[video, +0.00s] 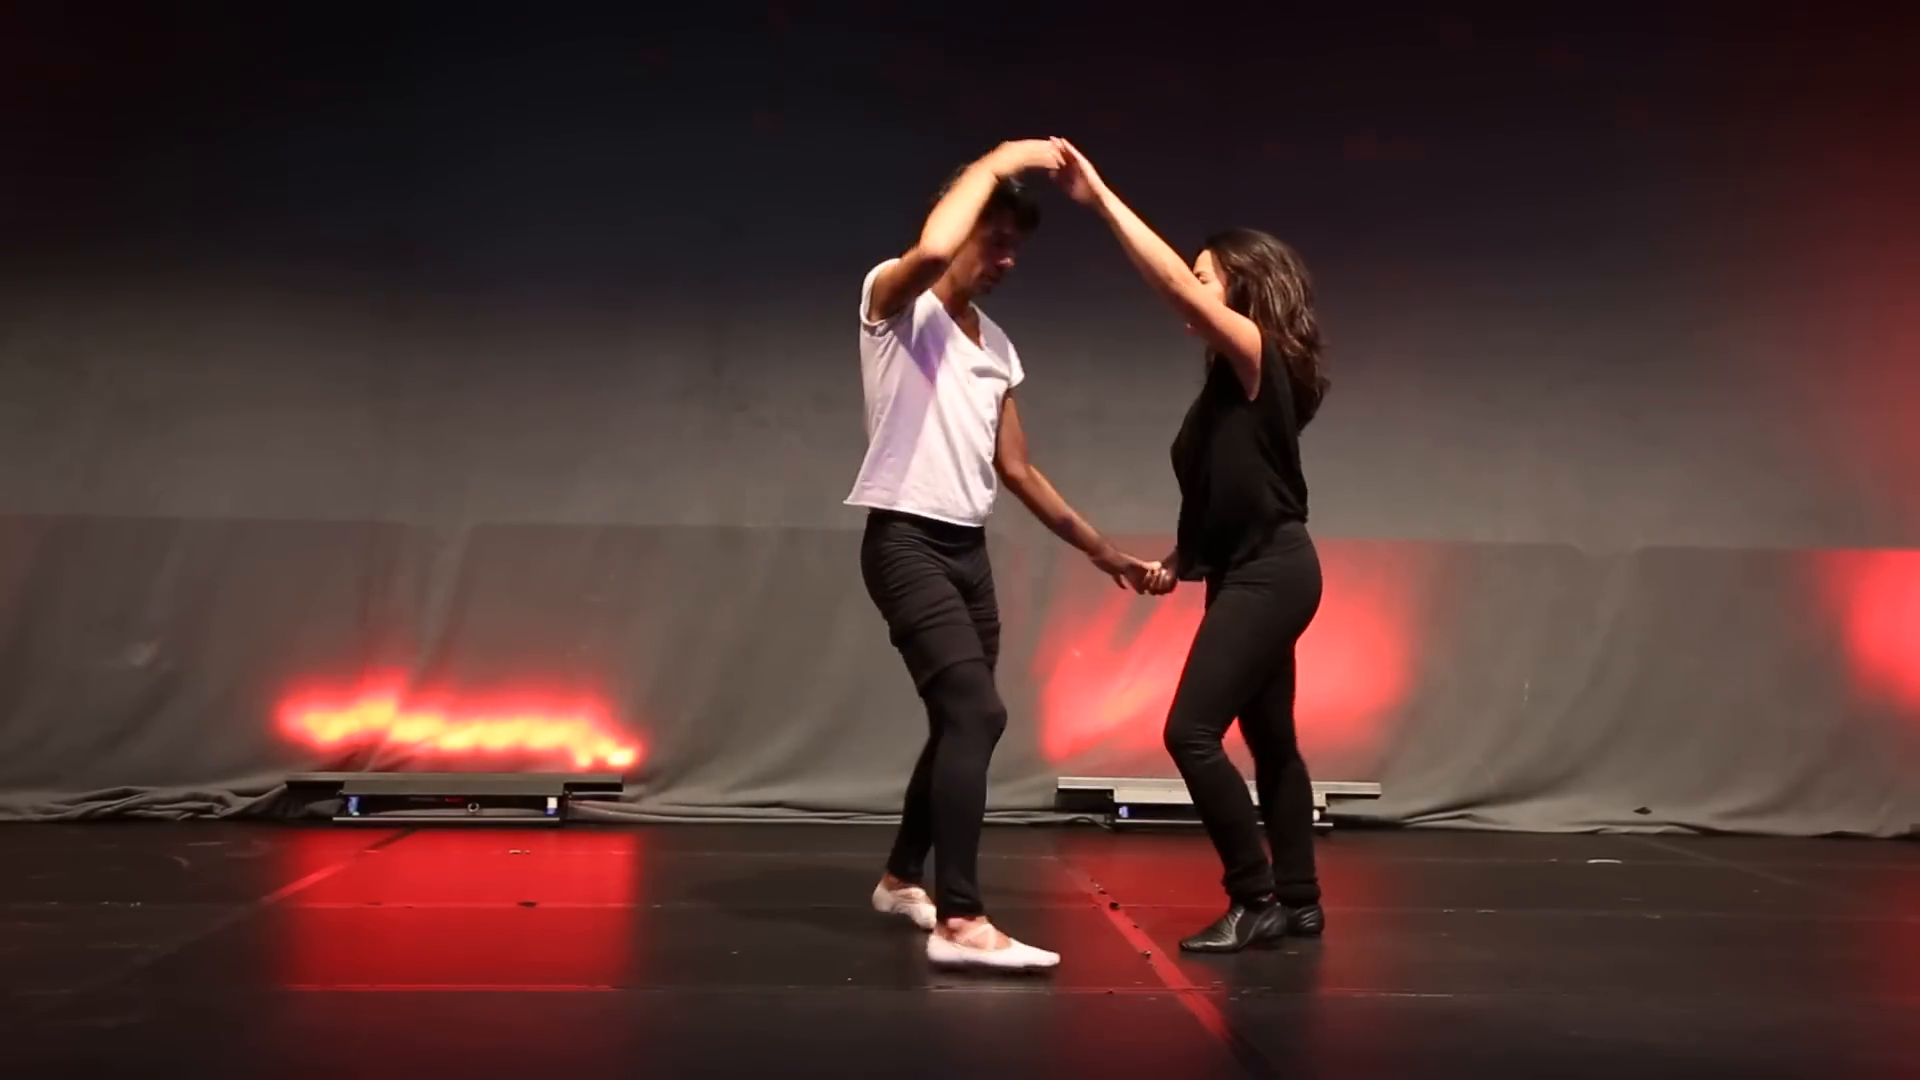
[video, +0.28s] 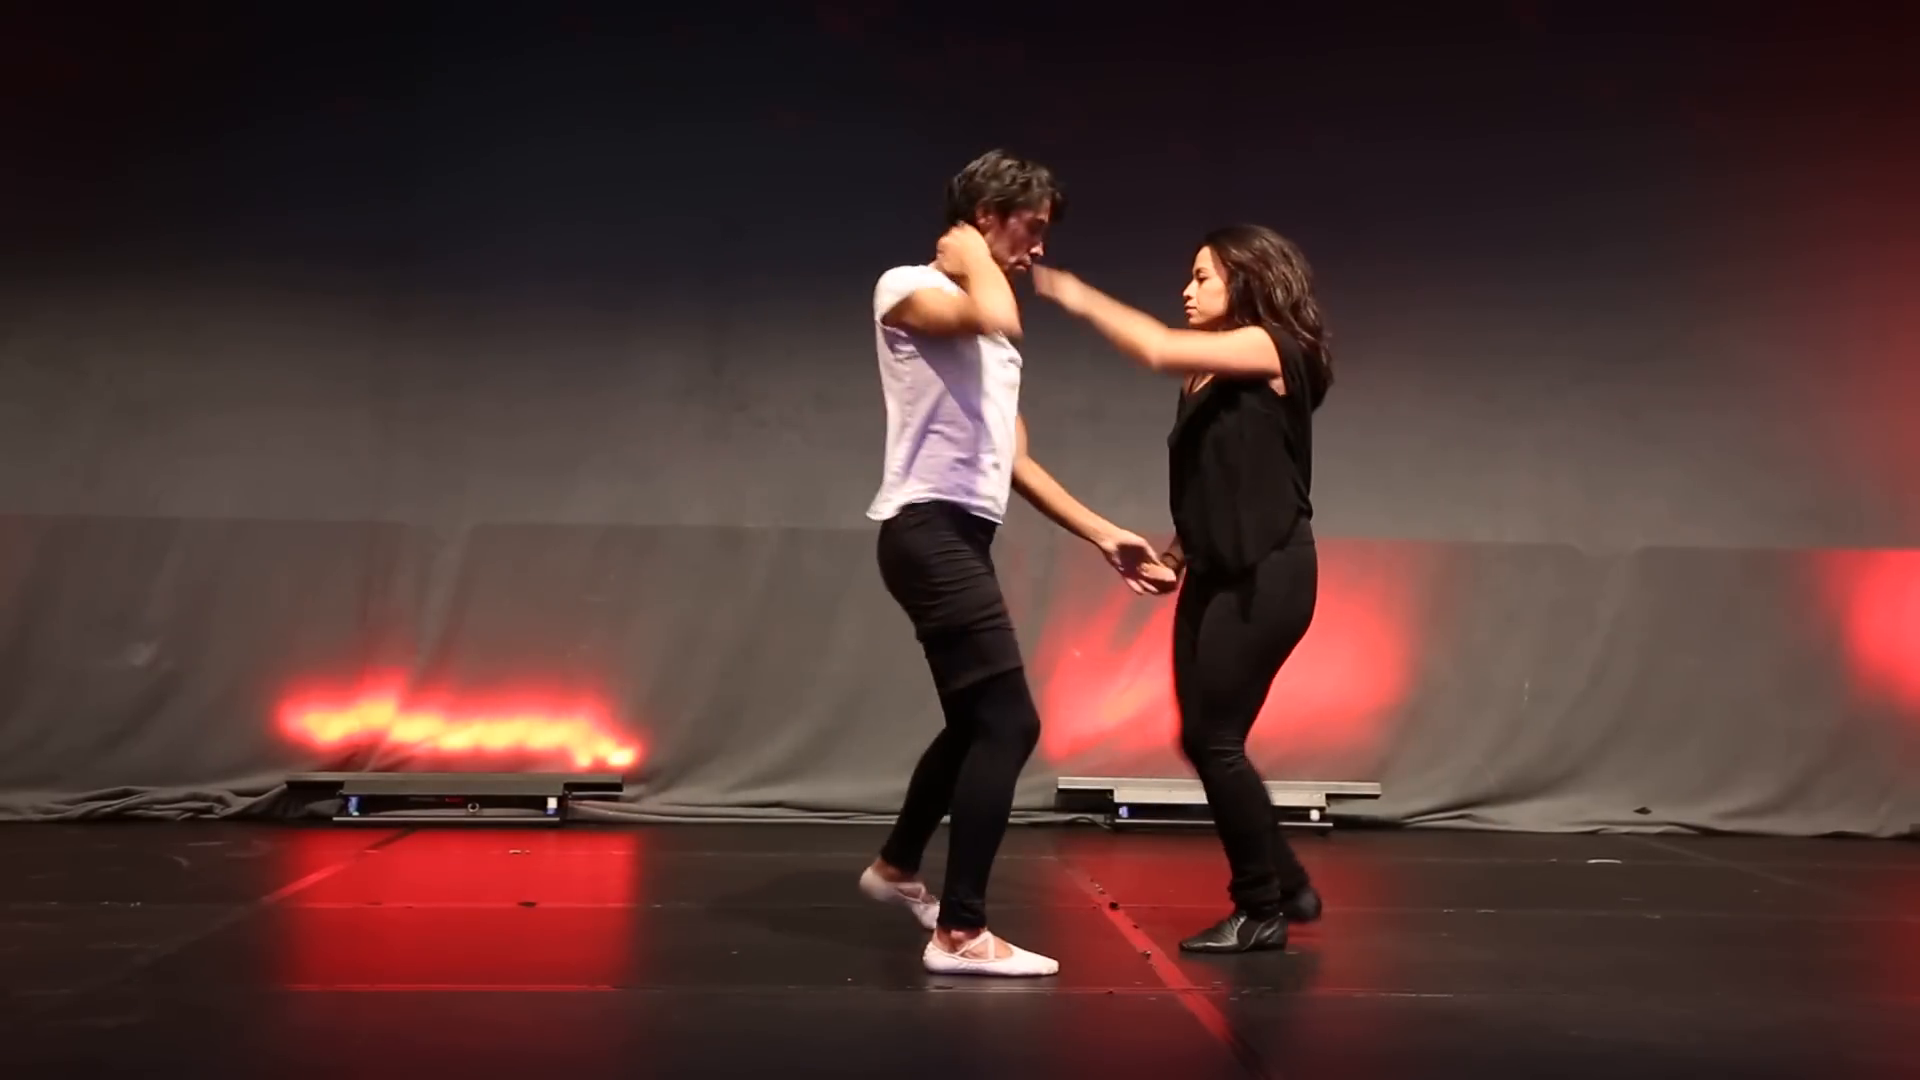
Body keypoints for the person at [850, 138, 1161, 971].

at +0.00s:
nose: (1001, 261)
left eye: (1012, 251)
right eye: (994, 242)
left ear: (1013, 255)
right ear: (956, 230)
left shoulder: (993, 348)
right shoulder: (891, 303)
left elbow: (1016, 469)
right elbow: (934, 251)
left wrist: (1096, 547)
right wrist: (994, 163)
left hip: (965, 544)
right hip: (904, 539)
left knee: (967, 718)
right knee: (972, 711)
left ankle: (902, 878)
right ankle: (959, 920)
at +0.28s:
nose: (1037, 249)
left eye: (1042, 235)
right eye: (1031, 231)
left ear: (1008, 231)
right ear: (987, 220)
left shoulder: (995, 327)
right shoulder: (904, 288)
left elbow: (1014, 461)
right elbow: (995, 317)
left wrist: (1108, 536)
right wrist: (970, 252)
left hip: (961, 533)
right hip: (927, 530)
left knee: (975, 723)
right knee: (1008, 723)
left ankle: (894, 868)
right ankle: (959, 933)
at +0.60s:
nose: (1018, 227)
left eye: (1016, 216)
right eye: (1018, 216)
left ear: (940, 207)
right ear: (1007, 213)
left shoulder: (887, 294)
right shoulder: (1009, 285)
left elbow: (828, 409)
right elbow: (1016, 410)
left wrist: (914, 422)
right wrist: (1070, 473)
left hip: (919, 533)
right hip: (994, 534)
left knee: (947, 727)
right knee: (1014, 727)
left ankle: (913, 916)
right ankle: (965, 934)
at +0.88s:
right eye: (997, 190)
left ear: (925, 197)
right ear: (1004, 199)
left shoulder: (880, 288)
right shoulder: (1039, 290)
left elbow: (863, 417)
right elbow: (1067, 416)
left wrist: (946, 434)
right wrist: (1052, 474)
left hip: (893, 531)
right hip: (986, 537)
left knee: (890, 735)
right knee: (953, 724)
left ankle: (916, 941)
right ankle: (965, 912)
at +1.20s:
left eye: (944, 184)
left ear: (935, 191)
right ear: (1017, 192)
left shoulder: (896, 286)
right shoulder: (1064, 294)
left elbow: (862, 417)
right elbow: (1084, 440)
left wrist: (908, 368)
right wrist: (1040, 494)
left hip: (912, 532)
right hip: (1008, 538)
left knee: (893, 741)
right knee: (985, 735)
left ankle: (913, 943)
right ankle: (1054, 912)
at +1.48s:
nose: (942, 202)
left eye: (943, 188)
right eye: (944, 190)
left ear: (954, 193)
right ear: (1028, 193)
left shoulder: (923, 275)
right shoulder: (1084, 298)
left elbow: (814, 281)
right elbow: (1117, 441)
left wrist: (849, 184)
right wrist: (1067, 509)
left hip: (964, 534)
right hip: (1061, 538)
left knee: (932, 734)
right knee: (1062, 741)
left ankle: (944, 933)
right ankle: (1083, 957)